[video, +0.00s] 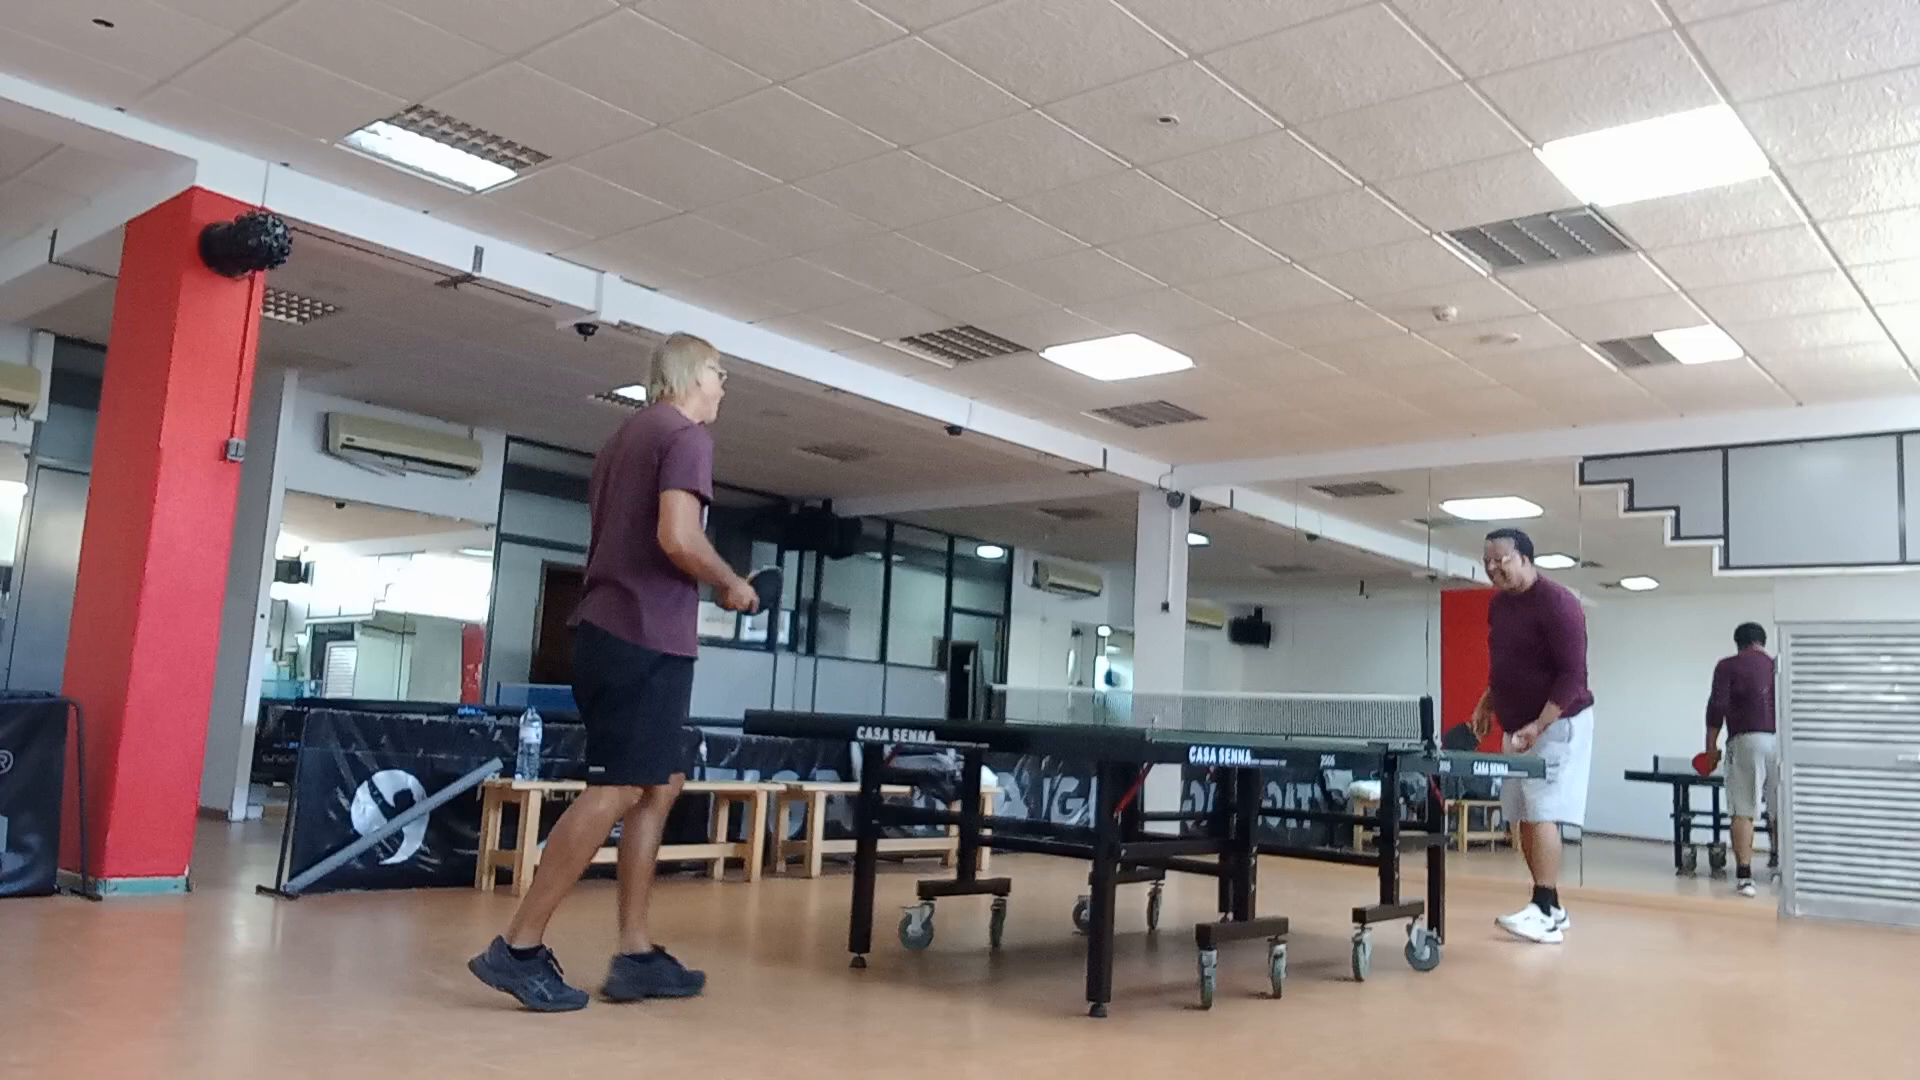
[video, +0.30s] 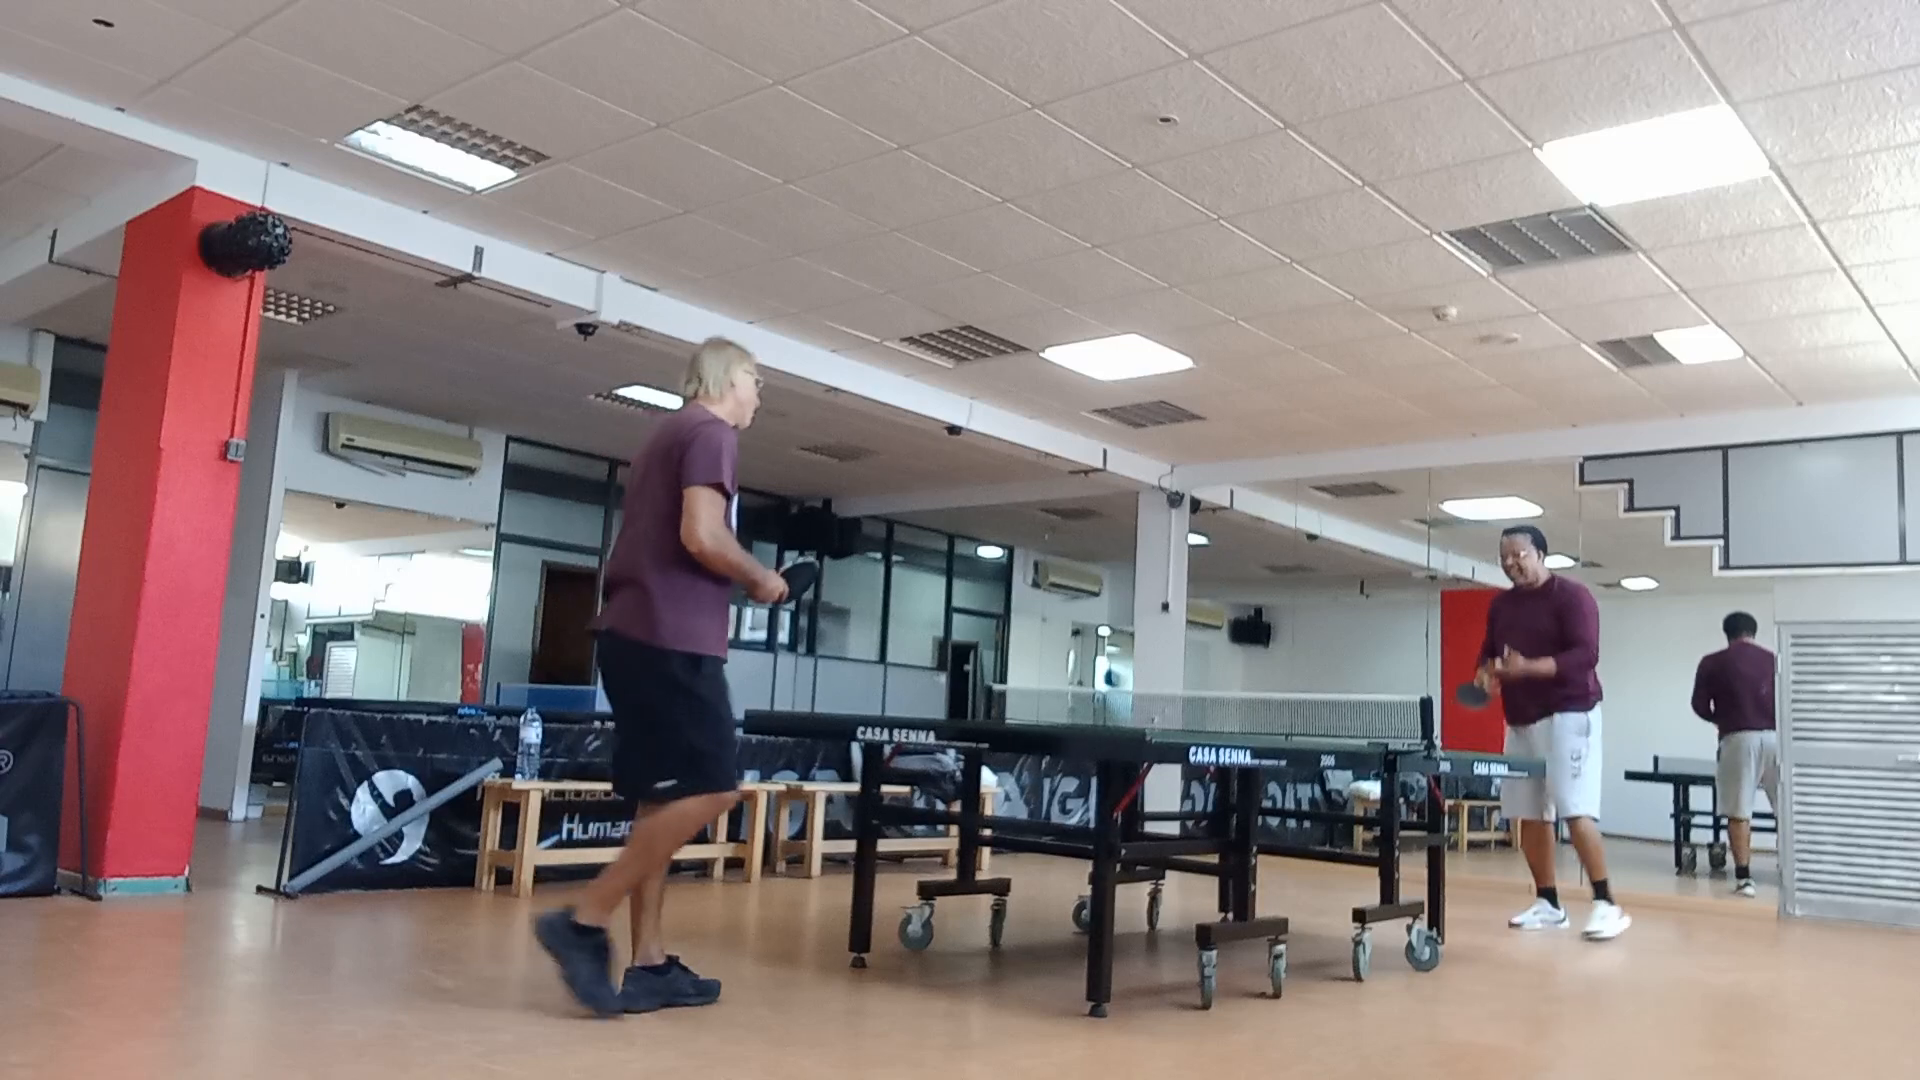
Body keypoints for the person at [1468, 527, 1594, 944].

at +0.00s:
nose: (1494, 569)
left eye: (1502, 560)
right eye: (1489, 563)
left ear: (1525, 558)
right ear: (1487, 566)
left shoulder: (1558, 602)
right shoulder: (1499, 604)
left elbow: (1571, 676)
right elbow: (1507, 663)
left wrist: (1538, 725)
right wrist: (1486, 703)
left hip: (1561, 721)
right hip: (1521, 724)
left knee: (1540, 811)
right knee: (1524, 815)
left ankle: (1545, 910)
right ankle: (1549, 907)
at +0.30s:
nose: (1512, 563)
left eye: (1519, 554)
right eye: (1506, 557)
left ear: (1540, 554)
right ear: (1501, 562)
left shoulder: (1573, 596)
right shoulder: (1501, 605)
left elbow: (1585, 656)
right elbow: (1489, 654)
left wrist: (1528, 666)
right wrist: (1486, 672)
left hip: (1569, 717)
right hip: (1521, 721)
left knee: (1574, 809)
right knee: (1530, 813)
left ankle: (1605, 905)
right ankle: (1548, 905)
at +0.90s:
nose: (1555, 567)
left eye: (1562, 558)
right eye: (1548, 561)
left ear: (1583, 556)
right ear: (1544, 566)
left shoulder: (1617, 601)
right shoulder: (1539, 608)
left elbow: (1641, 661)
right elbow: (1530, 658)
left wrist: (1586, 671)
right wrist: (1515, 681)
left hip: (1610, 727)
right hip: (1555, 728)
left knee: (1629, 819)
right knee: (1550, 814)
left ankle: (1652, 909)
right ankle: (1549, 904)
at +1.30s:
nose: (1569, 585)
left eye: (1576, 577)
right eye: (1563, 578)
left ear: (1598, 571)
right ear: (1557, 577)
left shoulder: (1632, 612)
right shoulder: (1555, 614)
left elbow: (1657, 677)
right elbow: (1551, 666)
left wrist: (1621, 721)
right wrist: (1546, 712)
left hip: (1632, 735)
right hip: (1577, 735)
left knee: (1640, 824)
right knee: (1567, 815)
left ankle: (1652, 910)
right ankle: (1559, 905)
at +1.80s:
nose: (1544, 614)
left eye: (1552, 606)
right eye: (1537, 607)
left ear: (1571, 598)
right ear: (1531, 603)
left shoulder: (1608, 628)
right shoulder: (1528, 636)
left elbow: (1616, 689)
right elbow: (1523, 690)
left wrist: (1569, 709)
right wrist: (1531, 741)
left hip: (1617, 741)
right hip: (1564, 743)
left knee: (1626, 830)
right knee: (1546, 816)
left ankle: (1651, 910)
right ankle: (1558, 906)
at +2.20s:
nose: (1542, 613)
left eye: (1550, 604)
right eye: (1533, 605)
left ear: (1566, 596)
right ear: (1523, 600)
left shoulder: (1599, 625)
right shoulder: (1513, 627)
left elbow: (1640, 679)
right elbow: (1483, 678)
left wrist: (1615, 704)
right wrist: (1533, 700)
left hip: (1600, 737)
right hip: (1546, 745)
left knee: (1601, 794)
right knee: (1532, 821)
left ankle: (1627, 870)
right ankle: (1555, 905)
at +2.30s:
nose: (1542, 615)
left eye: (1550, 607)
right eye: (1534, 608)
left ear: (1568, 600)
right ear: (1526, 602)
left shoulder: (1599, 627)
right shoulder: (1516, 623)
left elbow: (1634, 686)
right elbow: (1475, 656)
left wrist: (1612, 743)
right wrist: (1493, 678)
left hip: (1596, 746)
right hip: (1544, 753)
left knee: (1604, 815)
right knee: (1529, 831)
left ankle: (1623, 908)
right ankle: (1556, 906)